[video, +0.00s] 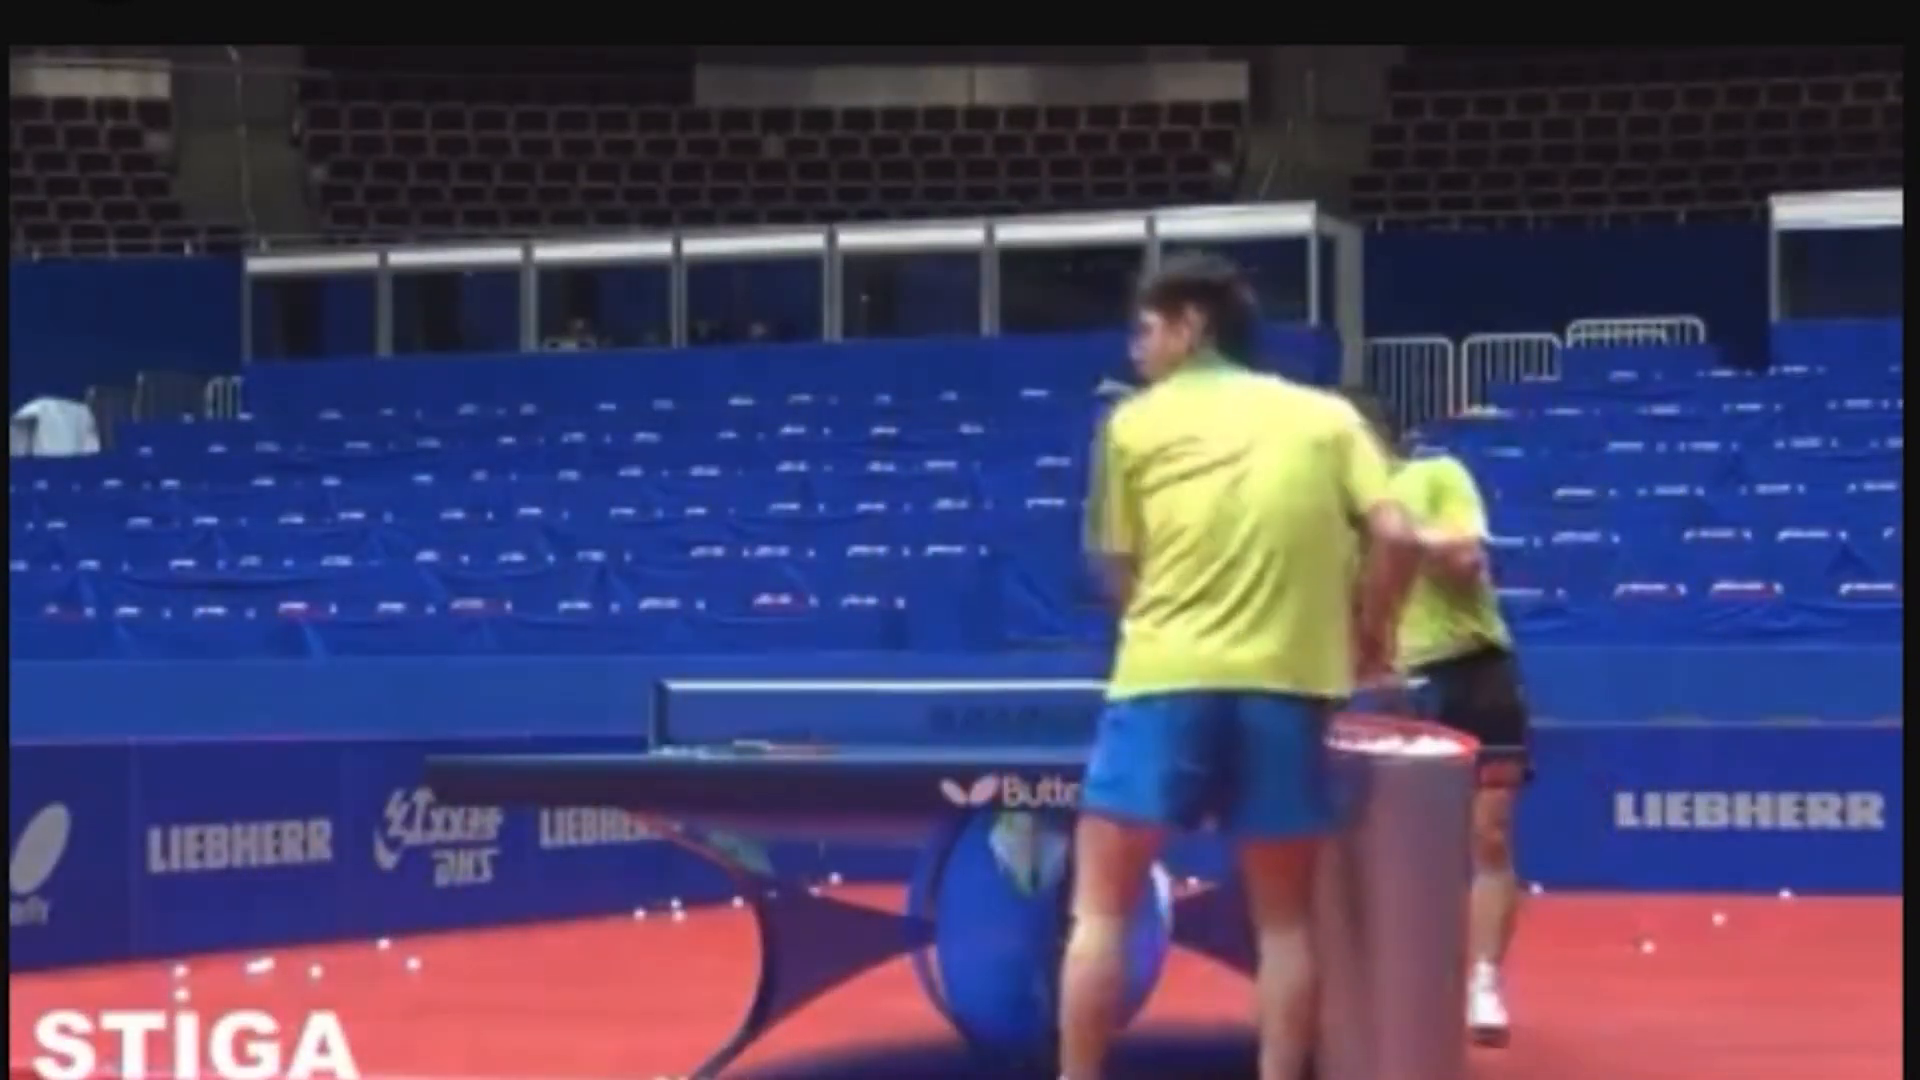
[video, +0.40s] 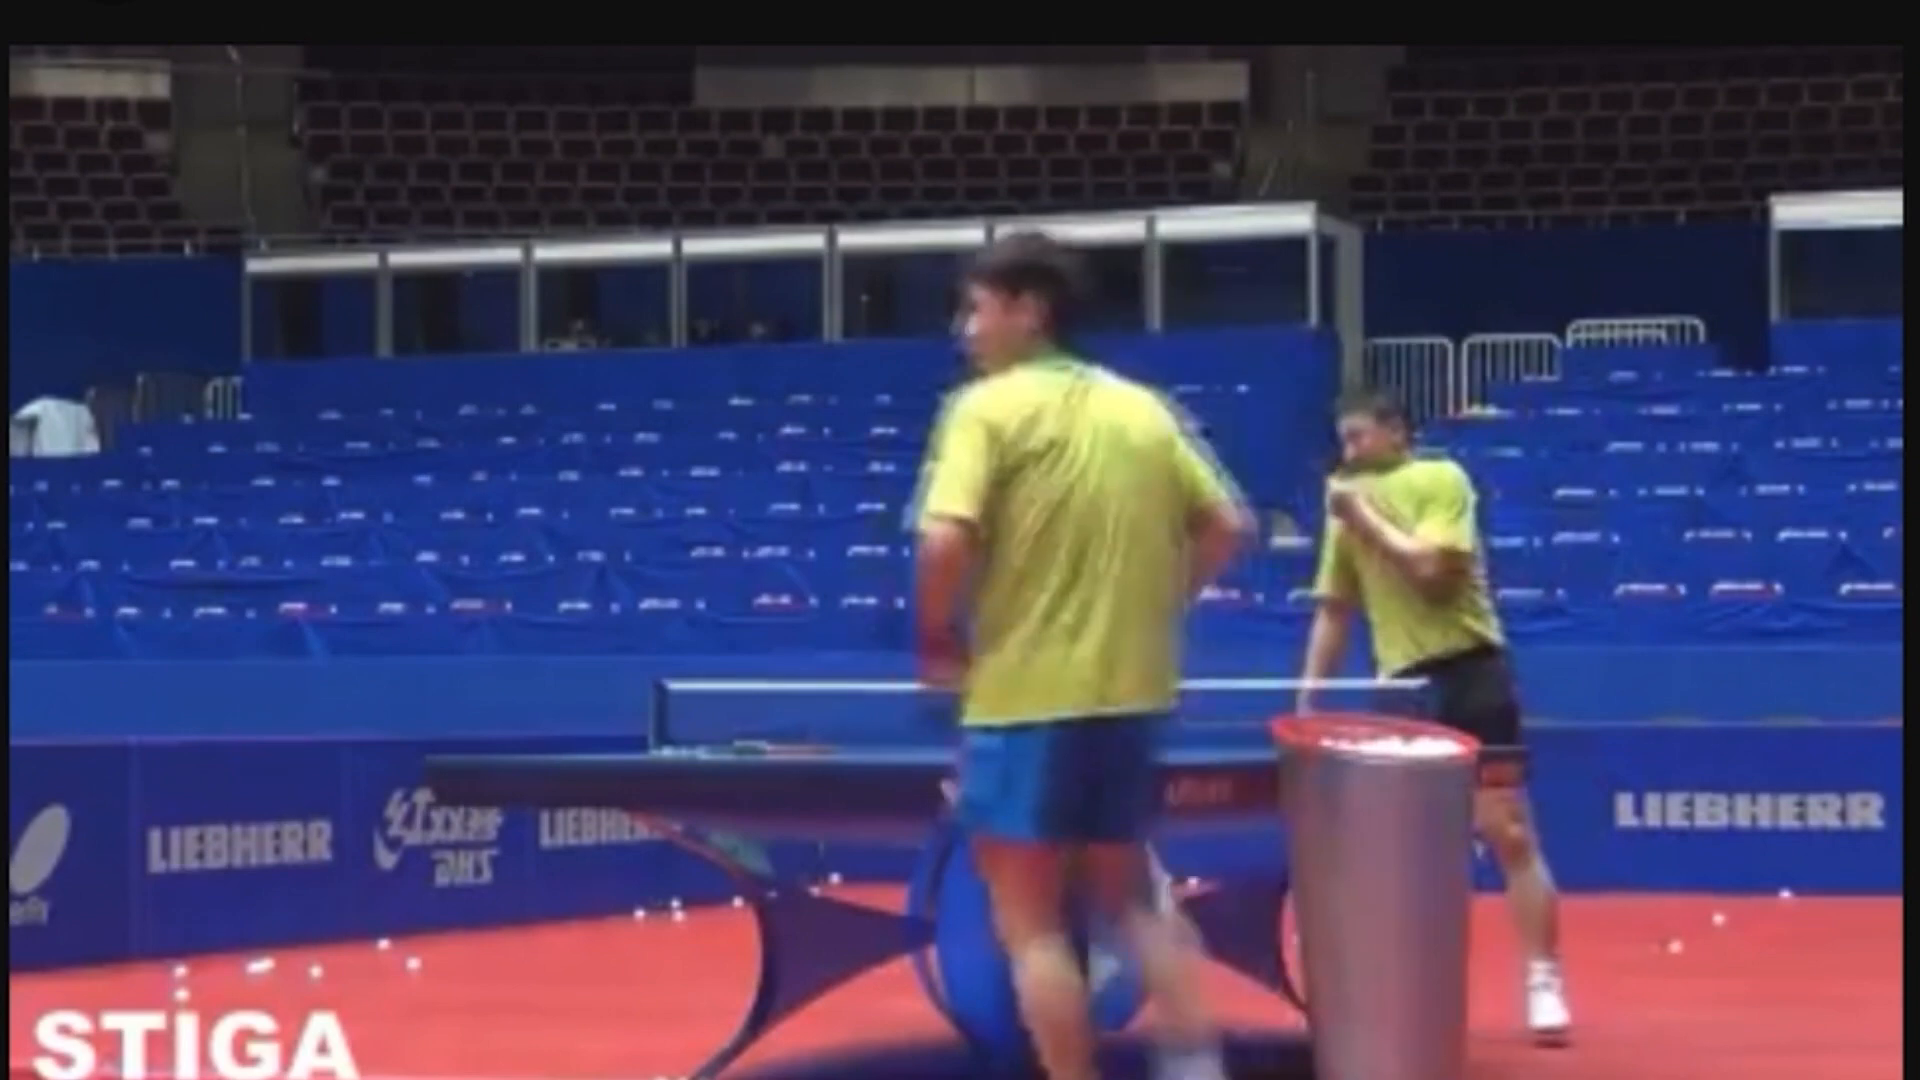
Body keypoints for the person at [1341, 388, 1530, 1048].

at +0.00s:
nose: (1345, 448)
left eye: (1353, 432)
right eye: (1336, 437)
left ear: (1379, 432)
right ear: (1331, 450)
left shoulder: (1435, 474)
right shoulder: (1336, 503)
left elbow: (1466, 557)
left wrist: (1398, 532)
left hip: (1469, 663)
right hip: (1390, 674)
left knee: (1489, 833)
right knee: (1404, 833)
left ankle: (1484, 977)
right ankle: (1406, 981)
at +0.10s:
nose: (1340, 452)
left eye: (1349, 437)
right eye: (1331, 440)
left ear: (1378, 434)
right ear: (1325, 447)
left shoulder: (1437, 476)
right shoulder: (1339, 509)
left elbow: (1458, 562)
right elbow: (1334, 609)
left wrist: (1389, 524)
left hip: (1471, 664)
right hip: (1400, 675)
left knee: (1490, 830)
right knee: (1405, 834)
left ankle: (1490, 980)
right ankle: (1407, 984)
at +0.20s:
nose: (1341, 445)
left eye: (1351, 432)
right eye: (1334, 436)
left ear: (1385, 434)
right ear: (1329, 448)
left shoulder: (1439, 477)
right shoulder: (1340, 507)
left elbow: (1451, 564)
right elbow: (1327, 615)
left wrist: (1368, 514)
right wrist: (1310, 703)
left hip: (1470, 664)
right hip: (1398, 678)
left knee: (1494, 829)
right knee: (1395, 833)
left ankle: (1510, 979)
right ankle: (1396, 986)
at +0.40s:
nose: (1351, 447)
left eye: (1361, 435)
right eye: (1345, 437)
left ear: (1398, 432)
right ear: (1343, 442)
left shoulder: (1441, 478)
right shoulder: (1346, 495)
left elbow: (1433, 569)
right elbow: (1333, 608)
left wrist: (1360, 515)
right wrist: (1307, 695)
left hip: (1469, 663)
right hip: (1401, 676)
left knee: (1506, 826)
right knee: (1393, 836)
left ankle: (1543, 976)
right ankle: (1395, 991)